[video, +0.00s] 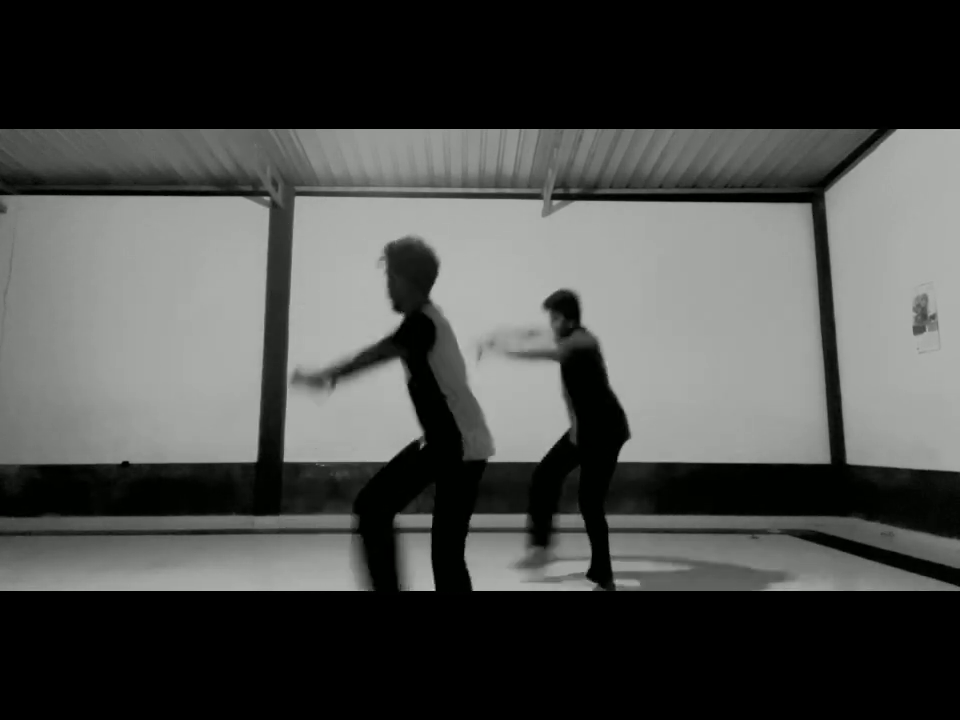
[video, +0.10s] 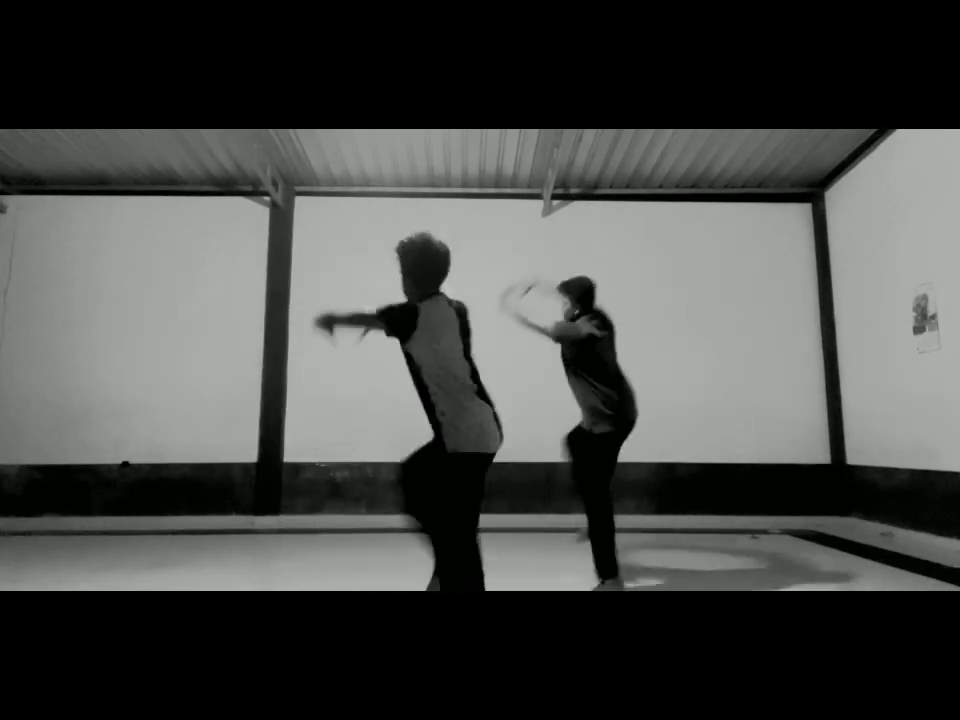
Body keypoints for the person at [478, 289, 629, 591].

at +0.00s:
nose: (550, 324)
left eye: (553, 318)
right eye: (550, 318)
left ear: (566, 318)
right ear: (566, 317)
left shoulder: (580, 342)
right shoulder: (570, 340)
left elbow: (549, 353)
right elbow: (533, 338)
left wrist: (506, 354)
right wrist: (497, 341)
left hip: (604, 432)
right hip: (583, 430)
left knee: (590, 499)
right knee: (545, 475)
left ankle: (602, 573)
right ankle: (539, 548)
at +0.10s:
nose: (562, 305)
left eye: (565, 299)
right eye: (563, 300)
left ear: (573, 301)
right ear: (587, 296)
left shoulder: (587, 325)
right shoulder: (590, 319)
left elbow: (557, 332)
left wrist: (521, 318)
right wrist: (538, 284)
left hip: (609, 418)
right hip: (607, 413)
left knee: (596, 495)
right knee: (575, 442)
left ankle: (609, 577)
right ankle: (595, 520)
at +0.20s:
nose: (576, 303)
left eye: (578, 299)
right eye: (582, 298)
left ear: (579, 303)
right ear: (605, 301)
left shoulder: (572, 331)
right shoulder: (616, 325)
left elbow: (542, 302)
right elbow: (613, 287)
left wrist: (535, 270)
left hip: (601, 428)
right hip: (630, 419)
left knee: (602, 503)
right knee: (618, 443)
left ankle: (621, 577)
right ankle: (628, 494)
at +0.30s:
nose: (598, 305)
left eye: (591, 304)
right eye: (603, 301)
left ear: (586, 313)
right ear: (611, 308)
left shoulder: (578, 338)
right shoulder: (629, 331)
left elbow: (552, 301)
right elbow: (643, 285)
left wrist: (551, 263)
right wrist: (646, 248)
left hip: (607, 430)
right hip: (641, 423)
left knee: (600, 501)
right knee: (669, 433)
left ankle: (620, 575)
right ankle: (661, 499)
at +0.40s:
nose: (621, 308)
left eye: (615, 305)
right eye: (619, 305)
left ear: (596, 316)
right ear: (620, 310)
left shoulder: (588, 341)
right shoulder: (640, 336)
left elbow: (555, 308)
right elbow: (676, 299)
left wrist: (546, 271)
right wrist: (694, 260)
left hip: (612, 433)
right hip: (648, 426)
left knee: (604, 506)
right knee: (704, 446)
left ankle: (621, 580)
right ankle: (707, 517)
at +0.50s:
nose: (637, 310)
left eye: (630, 306)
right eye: (633, 306)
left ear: (609, 319)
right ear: (632, 311)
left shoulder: (600, 346)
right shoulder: (656, 336)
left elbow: (559, 331)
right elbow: (707, 317)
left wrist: (535, 309)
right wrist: (739, 287)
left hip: (626, 434)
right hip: (666, 427)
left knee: (609, 498)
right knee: (721, 472)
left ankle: (615, 574)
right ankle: (751, 546)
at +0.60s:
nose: (650, 323)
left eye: (642, 321)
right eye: (647, 319)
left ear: (622, 332)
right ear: (645, 322)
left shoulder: (615, 364)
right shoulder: (674, 348)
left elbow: (578, 374)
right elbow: (726, 351)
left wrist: (547, 371)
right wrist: (770, 341)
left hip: (645, 444)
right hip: (689, 438)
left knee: (607, 496)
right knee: (734, 496)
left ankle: (613, 575)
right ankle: (767, 571)